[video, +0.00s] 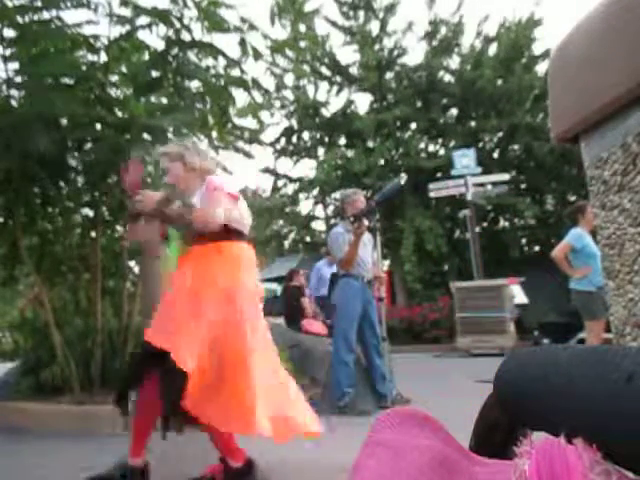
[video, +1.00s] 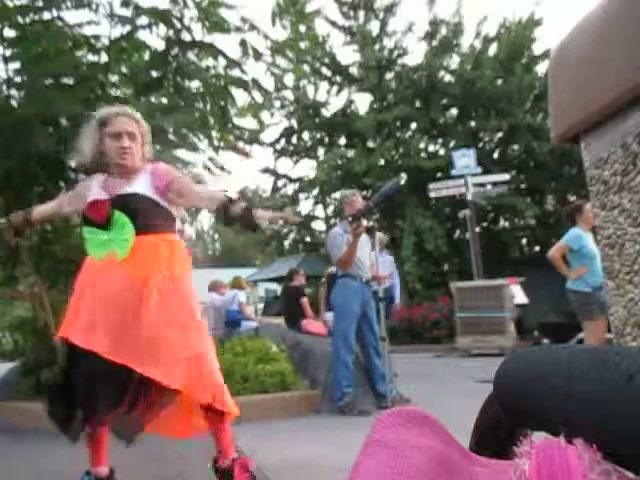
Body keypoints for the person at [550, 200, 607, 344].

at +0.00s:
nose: (594, 216)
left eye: (593, 212)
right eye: (590, 213)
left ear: (584, 216)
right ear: (582, 216)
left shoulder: (586, 236)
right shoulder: (577, 234)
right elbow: (557, 253)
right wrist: (571, 272)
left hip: (594, 287)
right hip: (585, 288)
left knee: (597, 334)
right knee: (595, 335)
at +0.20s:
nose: (593, 216)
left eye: (592, 212)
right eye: (590, 213)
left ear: (584, 216)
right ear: (581, 216)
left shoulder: (586, 235)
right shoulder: (576, 234)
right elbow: (556, 254)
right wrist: (570, 272)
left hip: (595, 287)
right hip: (584, 288)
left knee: (597, 334)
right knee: (594, 335)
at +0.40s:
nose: (593, 215)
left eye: (592, 211)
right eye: (590, 211)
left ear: (583, 216)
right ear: (580, 216)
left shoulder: (587, 235)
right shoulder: (576, 234)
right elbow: (555, 253)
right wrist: (569, 272)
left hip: (595, 286)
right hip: (583, 288)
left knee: (596, 336)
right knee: (593, 337)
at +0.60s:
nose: (593, 215)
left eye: (592, 211)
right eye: (589, 211)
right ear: (580, 215)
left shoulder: (587, 235)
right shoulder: (576, 234)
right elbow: (554, 253)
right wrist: (569, 272)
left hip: (595, 286)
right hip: (582, 288)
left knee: (596, 336)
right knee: (592, 337)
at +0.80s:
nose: (593, 215)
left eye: (592, 211)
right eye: (589, 211)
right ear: (579, 215)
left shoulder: (587, 235)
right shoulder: (576, 234)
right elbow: (554, 253)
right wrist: (568, 272)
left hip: (595, 286)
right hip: (582, 288)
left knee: (596, 336)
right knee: (592, 337)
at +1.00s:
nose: (594, 214)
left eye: (592, 210)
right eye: (589, 211)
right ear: (579, 215)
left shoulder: (587, 235)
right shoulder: (575, 234)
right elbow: (553, 254)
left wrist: (598, 278)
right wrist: (568, 273)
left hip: (594, 286)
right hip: (583, 288)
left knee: (598, 336)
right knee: (595, 336)